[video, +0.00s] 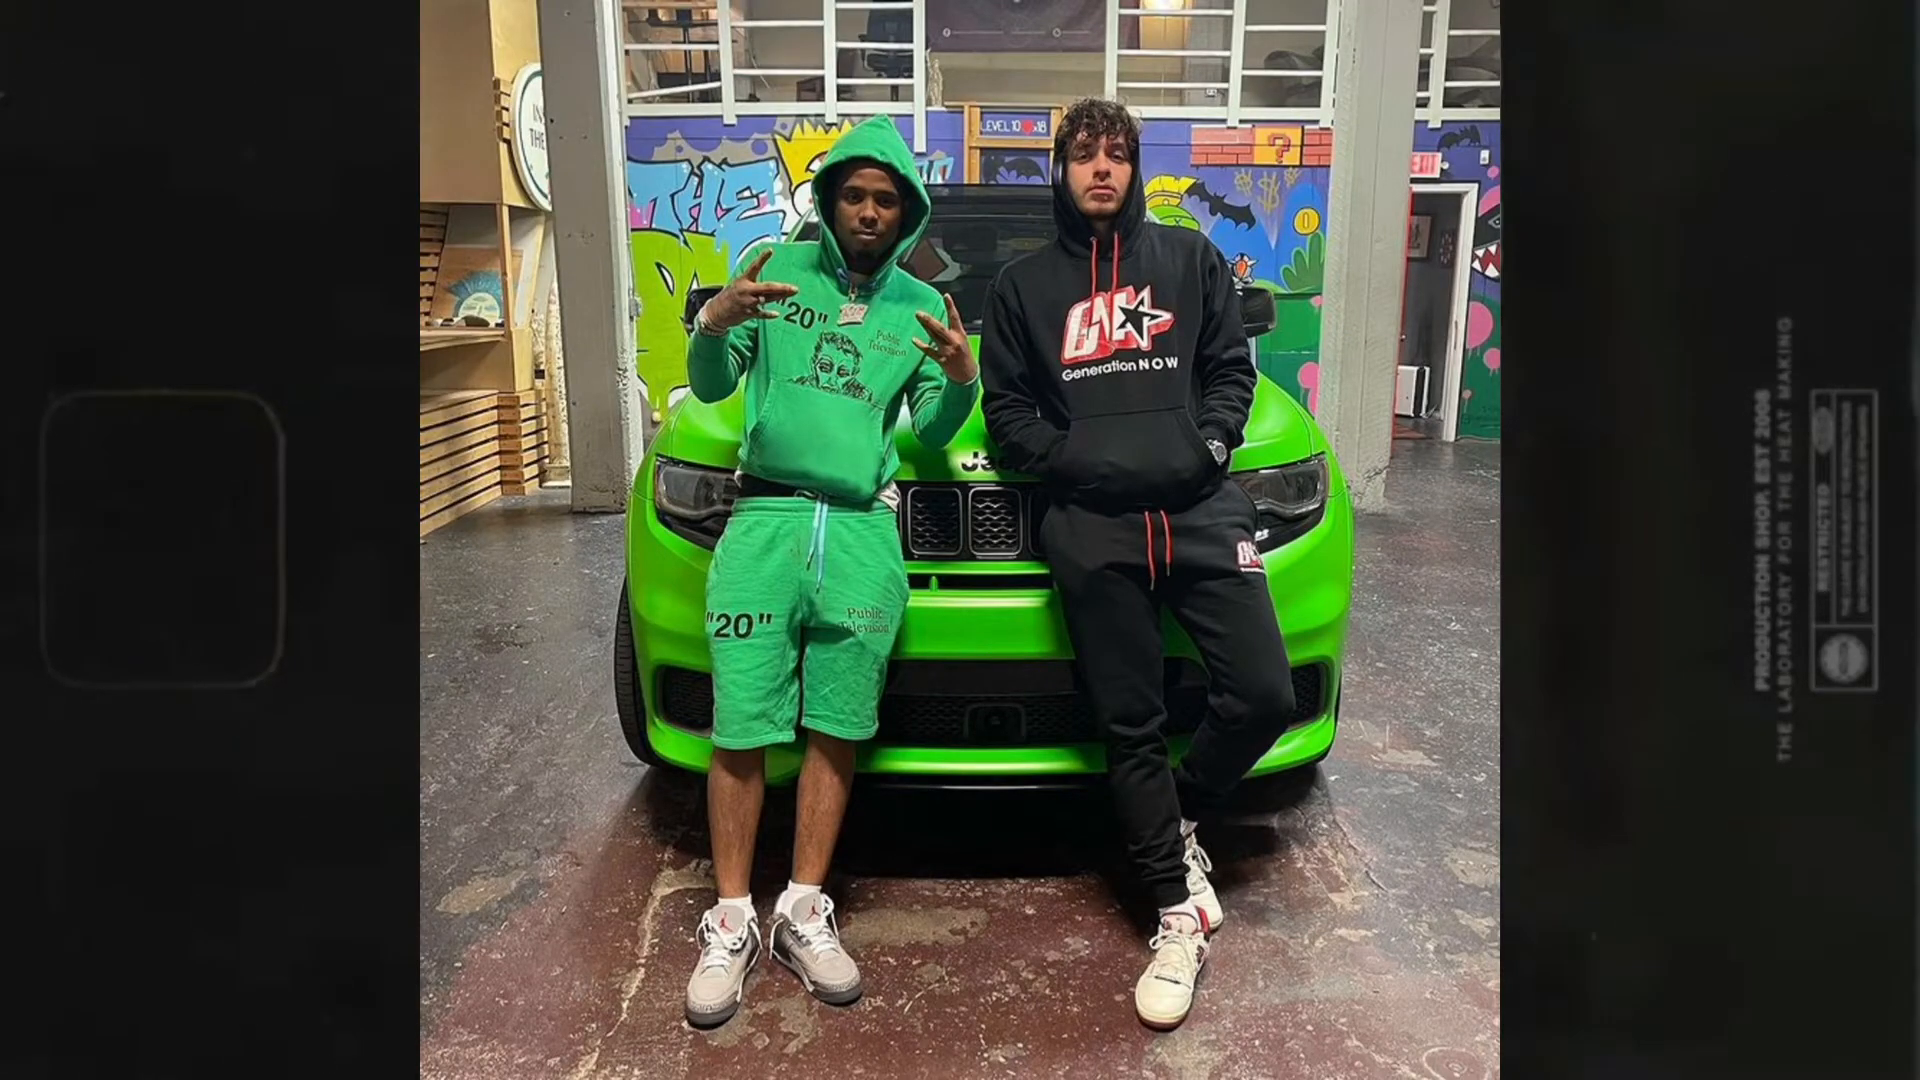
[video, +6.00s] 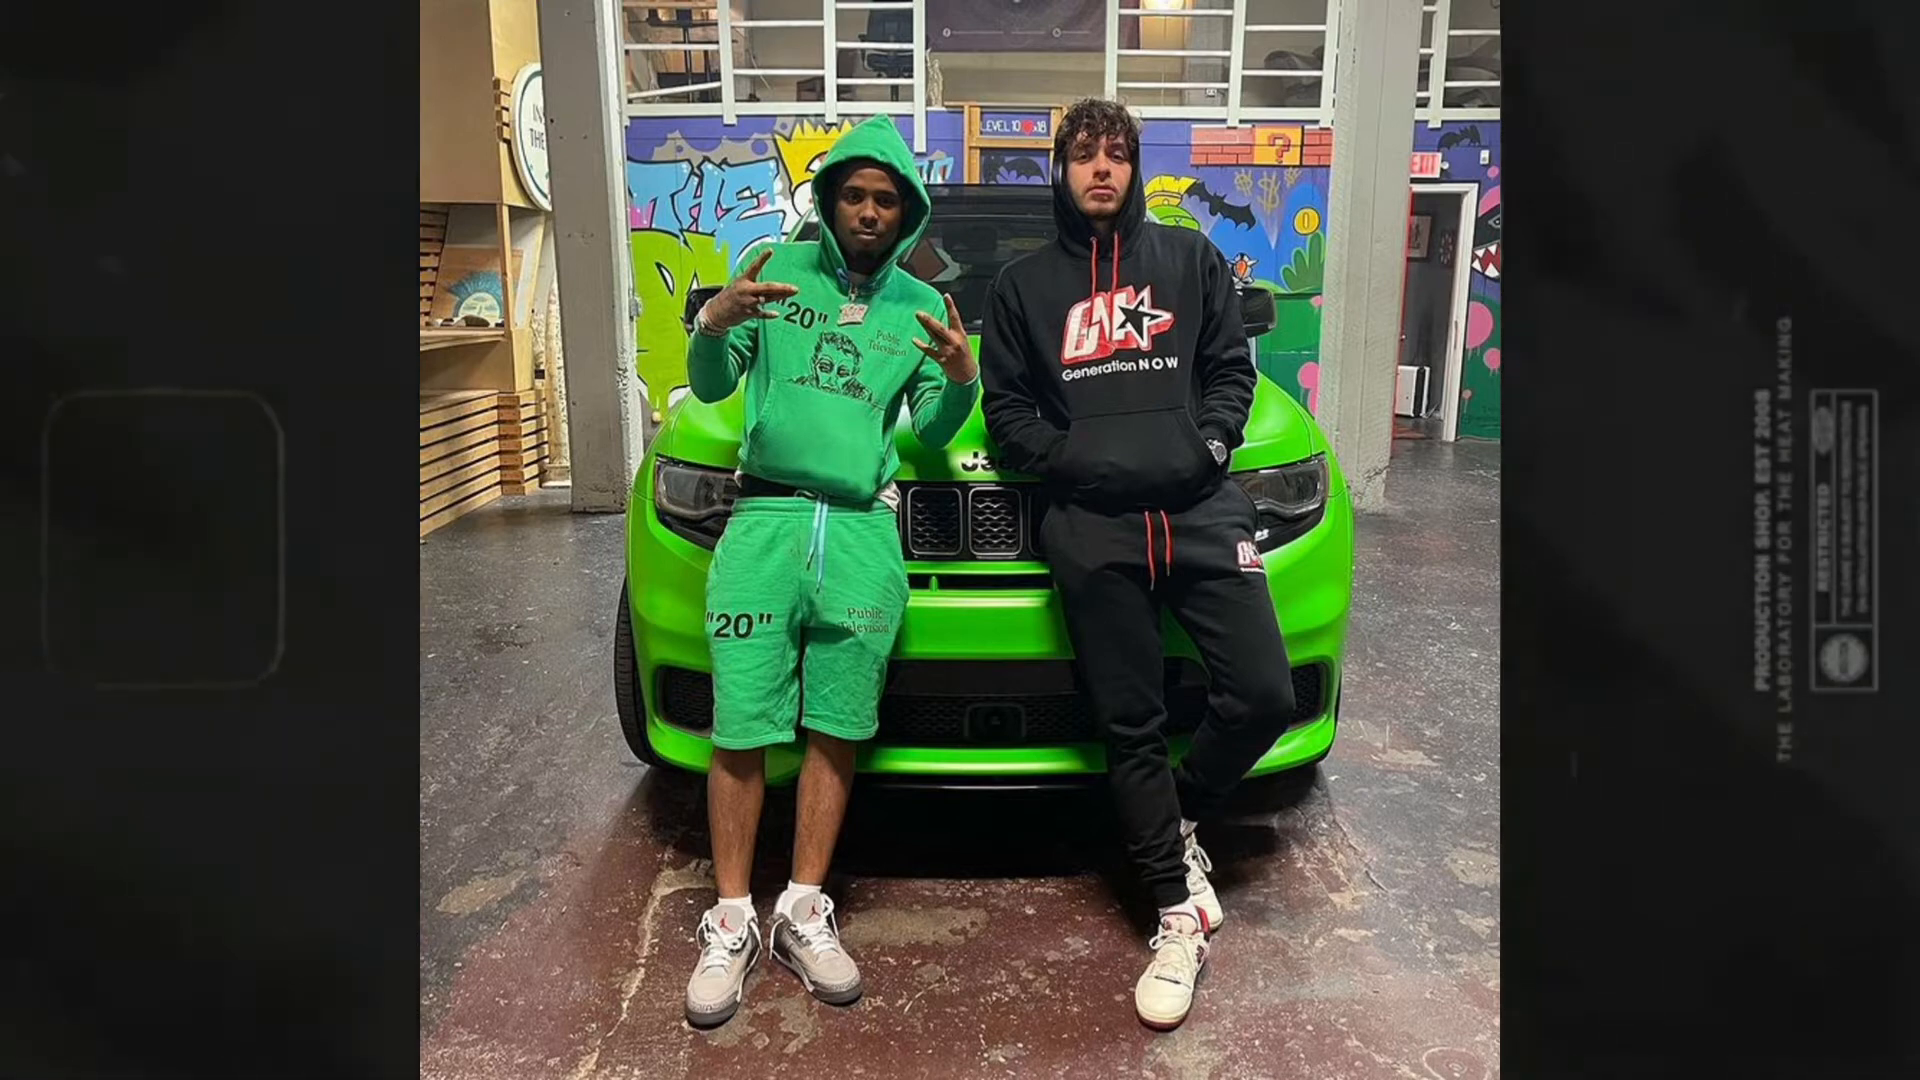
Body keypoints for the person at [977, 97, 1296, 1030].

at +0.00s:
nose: (1101, 171)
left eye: (1115, 159)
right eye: (1086, 159)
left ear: (1137, 170)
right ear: (1061, 172)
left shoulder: (1193, 257)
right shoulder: (1019, 281)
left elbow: (1232, 367)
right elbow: (1005, 405)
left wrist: (1208, 445)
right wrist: (1066, 456)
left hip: (1200, 502)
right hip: (1090, 513)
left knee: (1262, 693)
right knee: (1131, 719)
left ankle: (1180, 820)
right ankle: (1179, 917)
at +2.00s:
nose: (1101, 171)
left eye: (1115, 159)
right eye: (1086, 159)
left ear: (1137, 170)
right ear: (1061, 172)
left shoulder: (1193, 257)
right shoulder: (1019, 281)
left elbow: (1232, 367)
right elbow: (1005, 405)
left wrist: (1208, 445)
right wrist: (1065, 456)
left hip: (1200, 502)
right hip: (1091, 513)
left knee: (1262, 692)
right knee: (1131, 718)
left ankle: (1180, 820)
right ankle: (1179, 917)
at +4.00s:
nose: (1102, 171)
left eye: (1115, 158)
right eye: (1087, 158)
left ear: (1136, 171)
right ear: (1061, 172)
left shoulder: (1191, 256)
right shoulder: (1017, 280)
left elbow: (1232, 363)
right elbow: (1003, 403)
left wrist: (1209, 444)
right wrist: (1064, 457)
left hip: (1200, 503)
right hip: (1091, 514)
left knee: (1262, 692)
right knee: (1131, 719)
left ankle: (1180, 818)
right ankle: (1179, 917)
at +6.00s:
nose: (1102, 171)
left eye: (1116, 158)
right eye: (1088, 158)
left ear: (1137, 171)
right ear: (1062, 171)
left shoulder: (1191, 256)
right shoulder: (1018, 280)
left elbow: (1232, 364)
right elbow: (1004, 403)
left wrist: (1209, 444)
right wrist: (1065, 458)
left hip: (1200, 503)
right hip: (1091, 514)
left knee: (1262, 693)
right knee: (1131, 718)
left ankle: (1179, 819)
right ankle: (1179, 917)